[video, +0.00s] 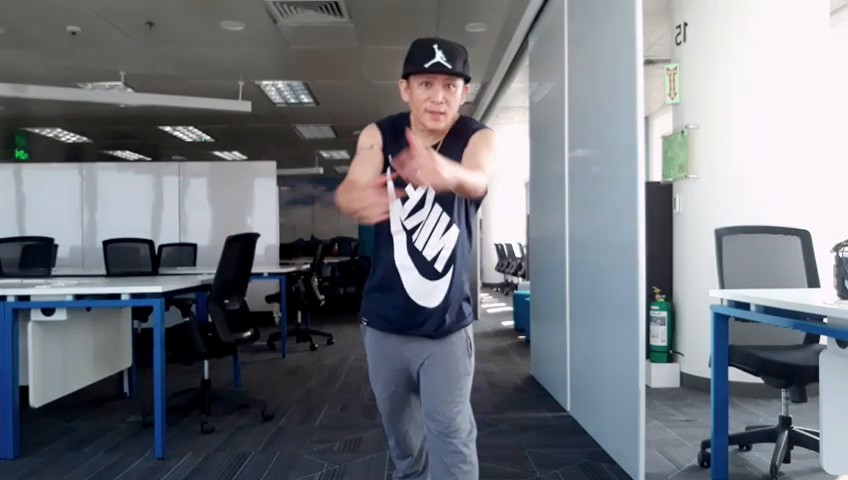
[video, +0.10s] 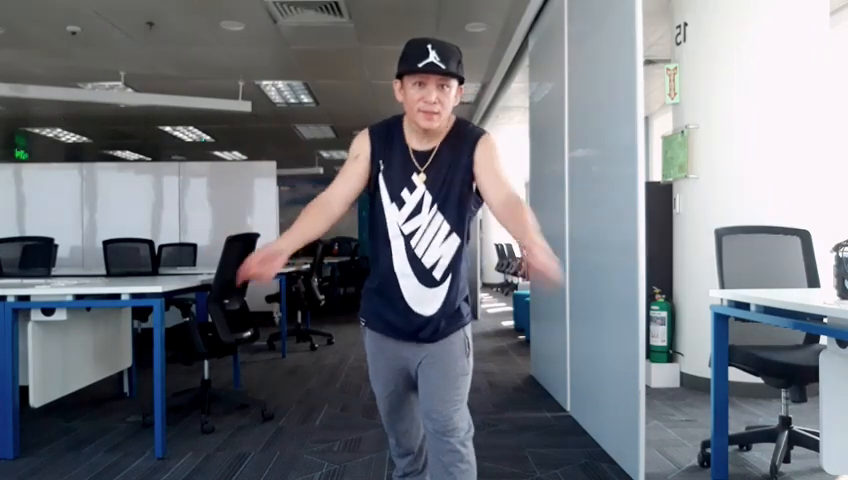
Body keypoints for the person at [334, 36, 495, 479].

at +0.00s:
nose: (438, 96)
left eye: (448, 86)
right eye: (426, 84)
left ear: (464, 94)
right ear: (405, 90)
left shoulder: (476, 138)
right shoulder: (378, 135)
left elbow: (479, 181)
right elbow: (349, 192)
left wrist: (446, 174)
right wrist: (358, 201)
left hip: (448, 324)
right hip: (385, 321)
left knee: (450, 436)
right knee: (398, 428)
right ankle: (406, 470)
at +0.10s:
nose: (430, 96)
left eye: (442, 85)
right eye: (419, 84)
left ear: (458, 93)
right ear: (399, 90)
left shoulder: (475, 145)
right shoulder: (373, 143)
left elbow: (505, 201)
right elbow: (331, 203)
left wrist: (533, 242)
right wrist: (281, 247)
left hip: (446, 323)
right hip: (384, 322)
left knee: (448, 431)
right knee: (398, 427)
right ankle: (407, 470)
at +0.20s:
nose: (429, 99)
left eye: (441, 88)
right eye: (418, 86)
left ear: (457, 96)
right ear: (398, 90)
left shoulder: (477, 152)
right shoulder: (370, 146)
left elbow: (522, 218)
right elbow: (324, 208)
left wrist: (573, 280)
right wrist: (270, 267)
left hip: (445, 327)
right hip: (382, 324)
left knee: (445, 434)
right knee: (398, 429)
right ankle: (406, 471)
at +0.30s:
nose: (430, 99)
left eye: (442, 89)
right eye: (418, 87)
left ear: (458, 98)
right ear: (397, 93)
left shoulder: (477, 154)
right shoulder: (370, 148)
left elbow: (521, 217)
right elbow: (333, 205)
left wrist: (566, 279)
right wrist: (296, 251)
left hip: (445, 326)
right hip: (382, 325)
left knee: (444, 432)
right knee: (396, 427)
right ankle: (406, 473)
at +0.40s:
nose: (433, 106)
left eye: (445, 95)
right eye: (421, 92)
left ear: (461, 102)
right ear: (399, 98)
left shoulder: (477, 153)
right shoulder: (372, 147)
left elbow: (505, 210)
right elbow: (356, 195)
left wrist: (530, 257)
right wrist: (336, 227)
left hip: (446, 325)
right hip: (383, 324)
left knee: (444, 430)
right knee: (395, 423)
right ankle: (405, 470)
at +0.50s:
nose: (441, 107)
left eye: (453, 95)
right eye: (429, 94)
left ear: (468, 101)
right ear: (405, 96)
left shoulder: (483, 153)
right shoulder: (376, 147)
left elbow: (510, 211)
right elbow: (356, 190)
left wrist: (537, 263)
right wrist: (326, 224)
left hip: (451, 330)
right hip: (387, 328)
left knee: (450, 439)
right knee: (400, 428)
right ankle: (407, 472)